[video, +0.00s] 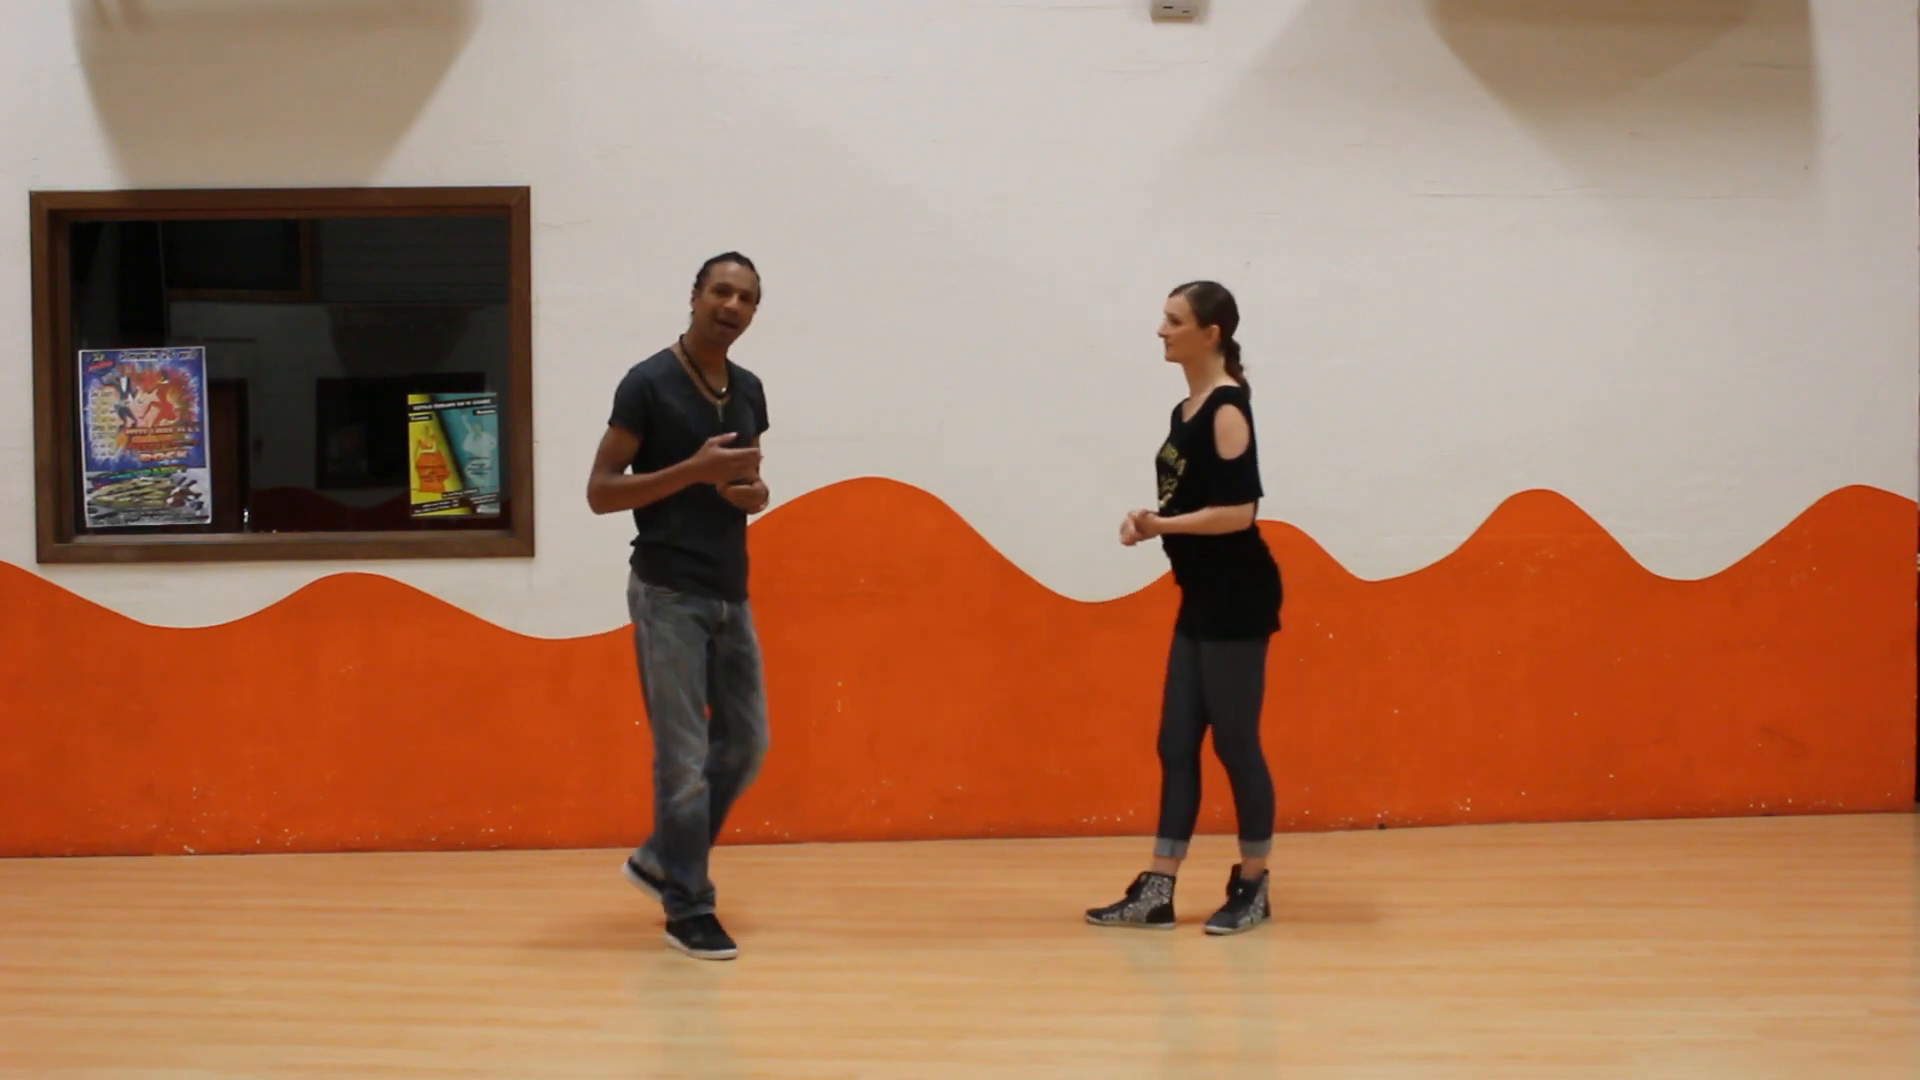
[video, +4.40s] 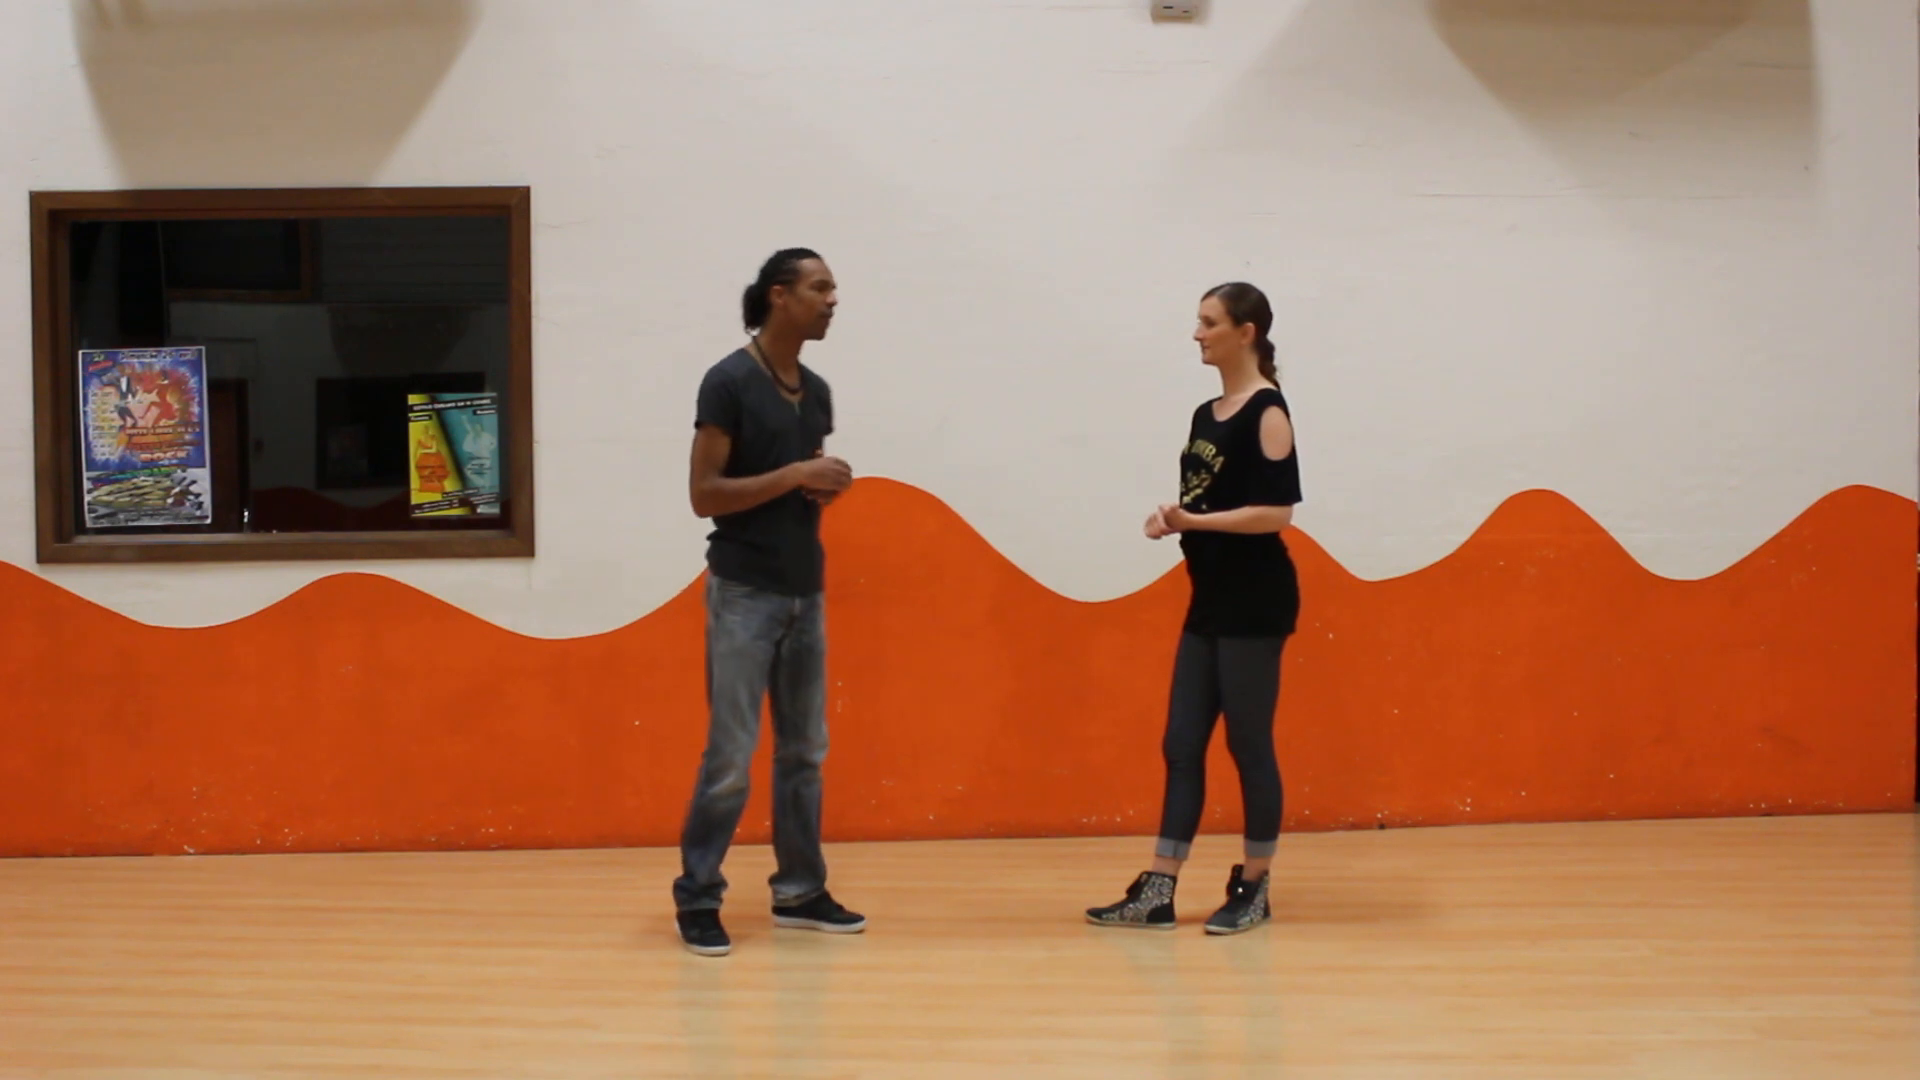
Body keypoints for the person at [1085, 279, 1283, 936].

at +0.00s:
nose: (1161, 331)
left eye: (1173, 323)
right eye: (1163, 321)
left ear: (1212, 332)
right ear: (1198, 332)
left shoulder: (1227, 408)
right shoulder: (1187, 408)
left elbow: (1241, 512)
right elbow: (1197, 502)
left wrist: (1159, 524)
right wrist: (1155, 521)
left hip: (1238, 602)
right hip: (1199, 599)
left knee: (1238, 745)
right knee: (1177, 745)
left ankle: (1252, 888)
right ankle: (1158, 888)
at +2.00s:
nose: (1197, 333)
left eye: (1210, 323)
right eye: (1200, 322)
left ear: (1249, 331)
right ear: (1234, 332)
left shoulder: (1270, 413)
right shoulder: (1206, 412)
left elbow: (1277, 513)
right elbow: (1210, 502)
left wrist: (1195, 520)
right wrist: (1174, 516)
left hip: (1256, 602)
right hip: (1209, 597)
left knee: (1252, 745)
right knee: (1181, 745)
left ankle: (1253, 889)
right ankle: (1158, 890)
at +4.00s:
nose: (1201, 335)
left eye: (1213, 325)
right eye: (1202, 324)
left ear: (1252, 332)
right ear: (1234, 333)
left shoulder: (1274, 414)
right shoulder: (1209, 413)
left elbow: (1281, 513)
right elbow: (1212, 501)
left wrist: (1196, 520)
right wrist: (1177, 514)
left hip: (1257, 604)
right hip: (1209, 599)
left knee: (1251, 745)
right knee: (1182, 745)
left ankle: (1252, 890)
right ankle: (1158, 890)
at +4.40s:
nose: (1197, 334)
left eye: (1209, 324)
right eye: (1199, 323)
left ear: (1248, 332)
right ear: (1233, 332)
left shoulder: (1269, 413)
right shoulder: (1208, 412)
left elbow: (1277, 513)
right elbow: (1212, 501)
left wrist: (1194, 520)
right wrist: (1175, 515)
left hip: (1255, 603)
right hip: (1209, 599)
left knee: (1251, 745)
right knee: (1182, 745)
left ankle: (1252, 890)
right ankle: (1158, 890)